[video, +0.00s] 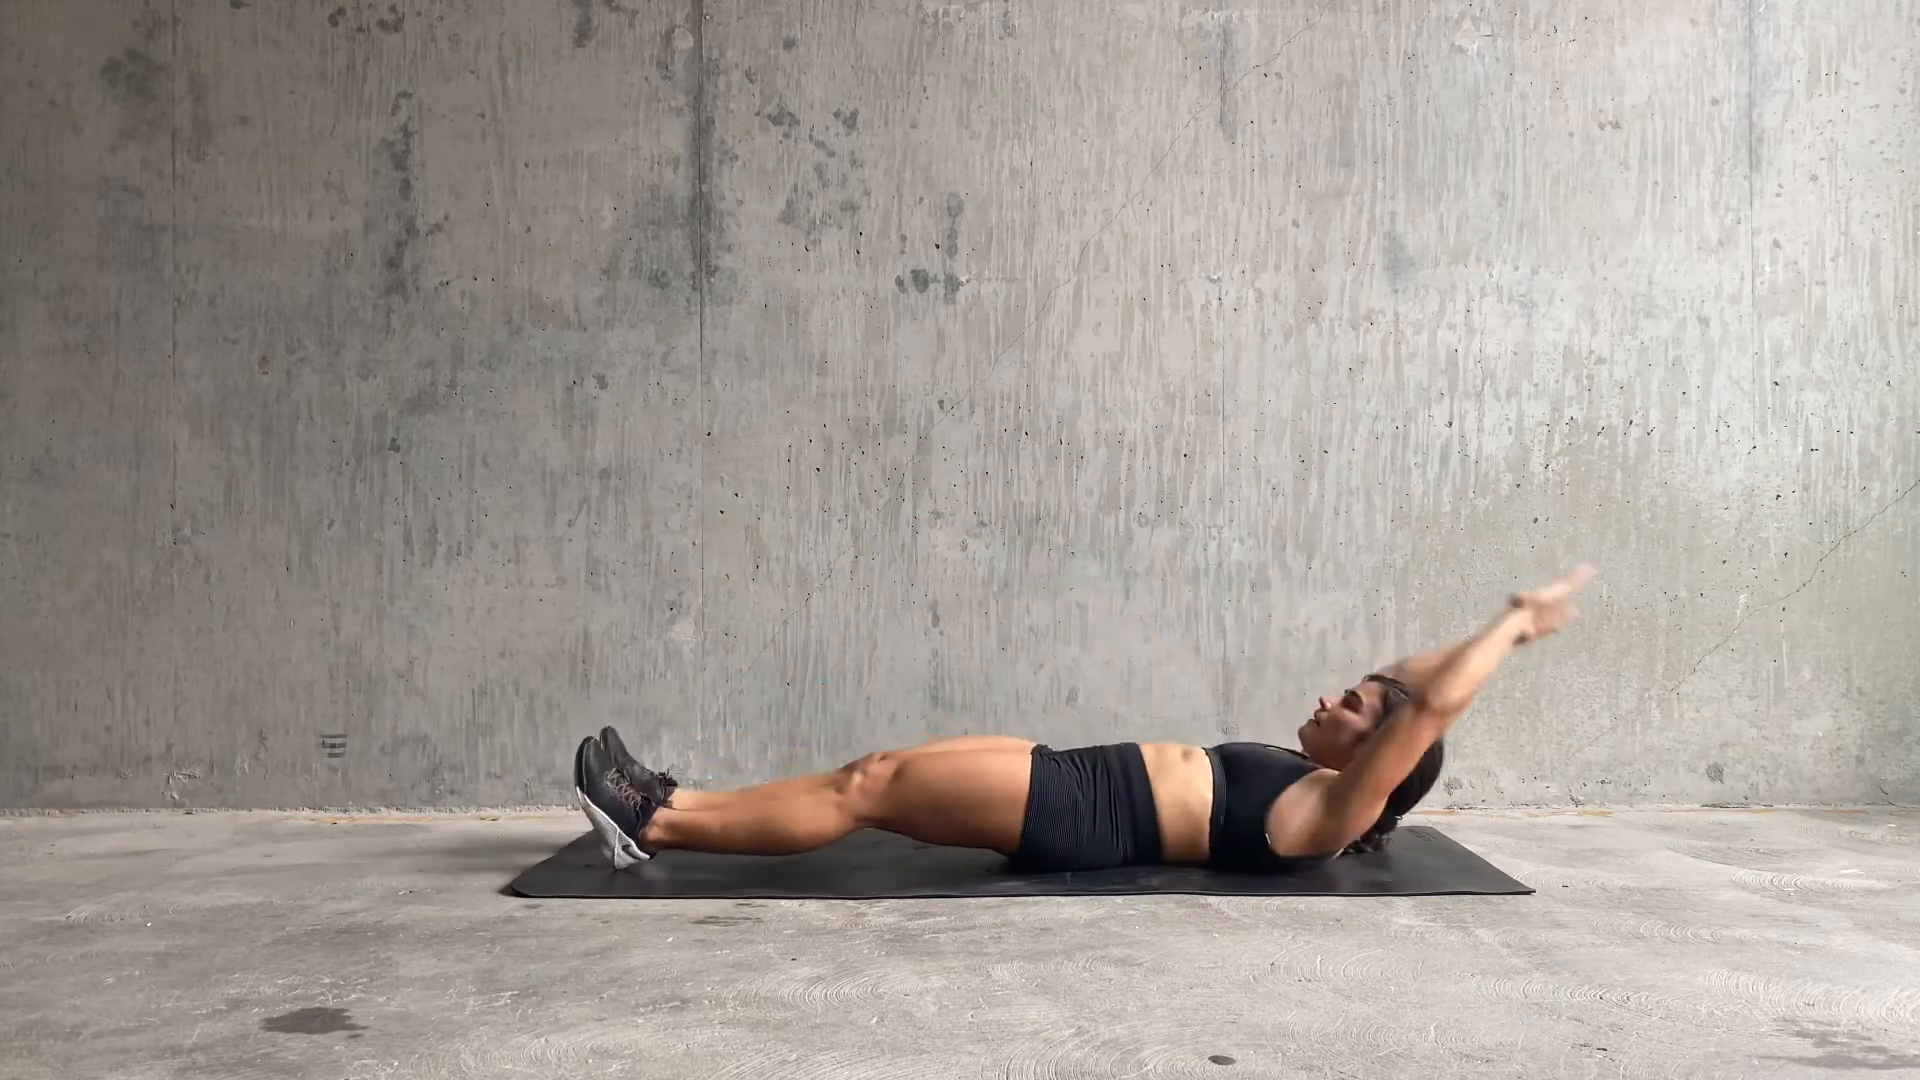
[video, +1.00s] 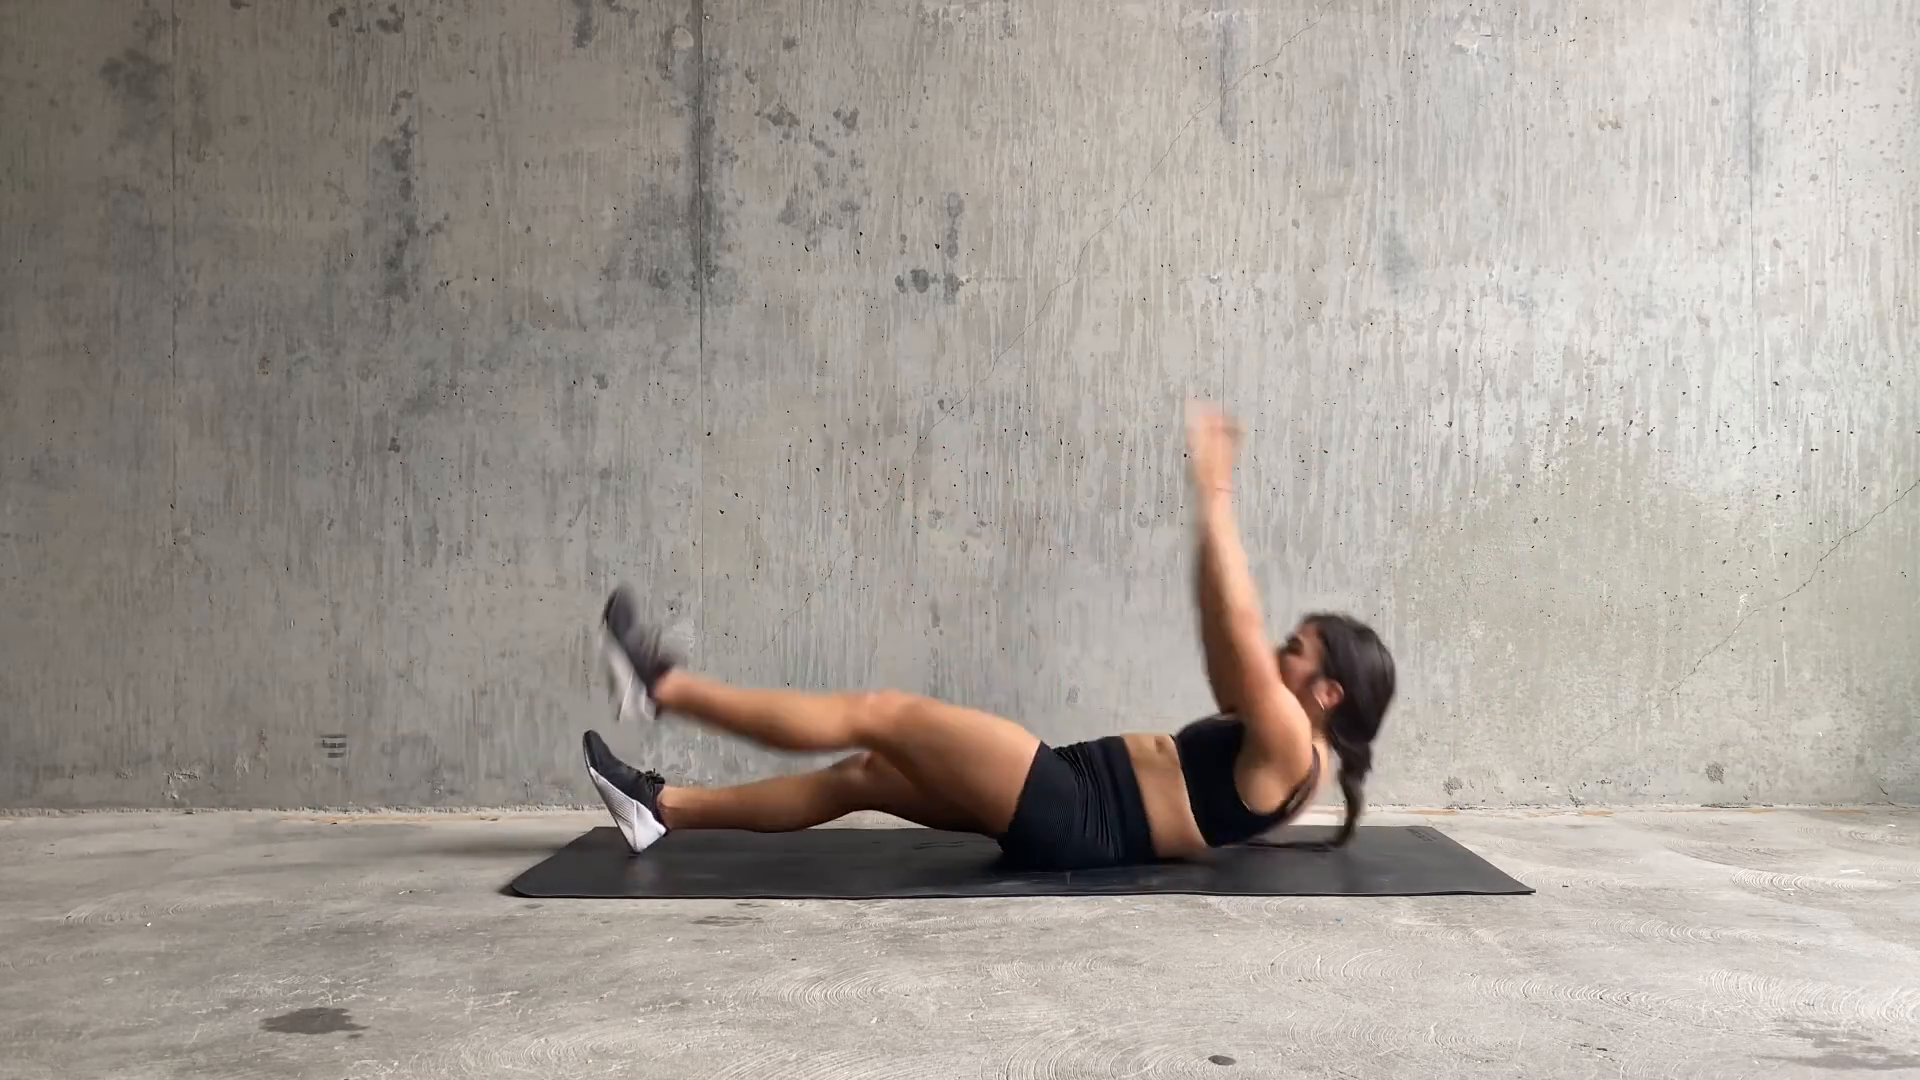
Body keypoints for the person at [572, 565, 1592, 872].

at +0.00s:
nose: (1338, 702)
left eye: (1358, 700)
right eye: (1352, 691)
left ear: (1380, 745)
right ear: (1361, 730)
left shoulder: (1324, 815)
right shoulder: (1313, 791)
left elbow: (1426, 708)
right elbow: (1410, 702)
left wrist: (1518, 628)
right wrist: (1500, 632)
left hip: (1089, 807)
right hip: (1089, 782)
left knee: (874, 785)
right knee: (874, 774)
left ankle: (659, 825)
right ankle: (668, 816)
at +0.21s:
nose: (1296, 696)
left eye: (1315, 691)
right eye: (1308, 684)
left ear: (1354, 729)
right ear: (1347, 726)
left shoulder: (1307, 778)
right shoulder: (1305, 778)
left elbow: (1220, 654)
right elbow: (1228, 654)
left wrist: (1185, 535)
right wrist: (1192, 554)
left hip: (1085, 812)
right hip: (1085, 800)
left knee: (887, 753)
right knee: (876, 782)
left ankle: (667, 770)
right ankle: (672, 803)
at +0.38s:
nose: (1220, 608)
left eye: (1236, 603)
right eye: (1228, 596)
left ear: (1276, 633)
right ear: (1265, 629)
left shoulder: (1243, 707)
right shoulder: (1215, 673)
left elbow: (1102, 665)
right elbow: (1089, 620)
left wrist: (978, 597)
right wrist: (998, 546)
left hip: (1069, 813)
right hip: (1059, 794)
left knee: (913, 664)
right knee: (856, 767)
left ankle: (732, 558)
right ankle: (655, 807)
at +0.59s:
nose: (1150, 538)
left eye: (1169, 534)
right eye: (1163, 527)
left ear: (1203, 573)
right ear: (1197, 569)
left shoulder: (1183, 650)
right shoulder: (1165, 621)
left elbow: (1032, 620)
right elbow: (1036, 571)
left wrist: (914, 559)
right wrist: (946, 491)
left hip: (1069, 814)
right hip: (1053, 791)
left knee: (997, 622)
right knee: (852, 768)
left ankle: (867, 438)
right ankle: (654, 807)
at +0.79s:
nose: (1206, 574)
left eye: (1224, 570)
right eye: (1216, 563)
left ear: (1262, 605)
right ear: (1253, 601)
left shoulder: (1227, 676)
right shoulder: (1218, 658)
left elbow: (1092, 620)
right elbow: (1101, 594)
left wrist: (980, 540)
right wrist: (1011, 503)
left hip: (1071, 817)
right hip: (1060, 800)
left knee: (949, 637)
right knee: (855, 777)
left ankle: (788, 494)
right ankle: (655, 807)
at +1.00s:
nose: (1273, 661)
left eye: (1293, 657)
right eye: (1285, 648)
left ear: (1328, 690)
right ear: (1327, 691)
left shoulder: (1291, 745)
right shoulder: (1282, 746)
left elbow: (1231, 626)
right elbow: (1230, 629)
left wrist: (1215, 493)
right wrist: (1219, 505)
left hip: (1075, 808)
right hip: (1072, 801)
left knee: (882, 714)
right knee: (862, 775)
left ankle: (669, 684)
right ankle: (660, 810)